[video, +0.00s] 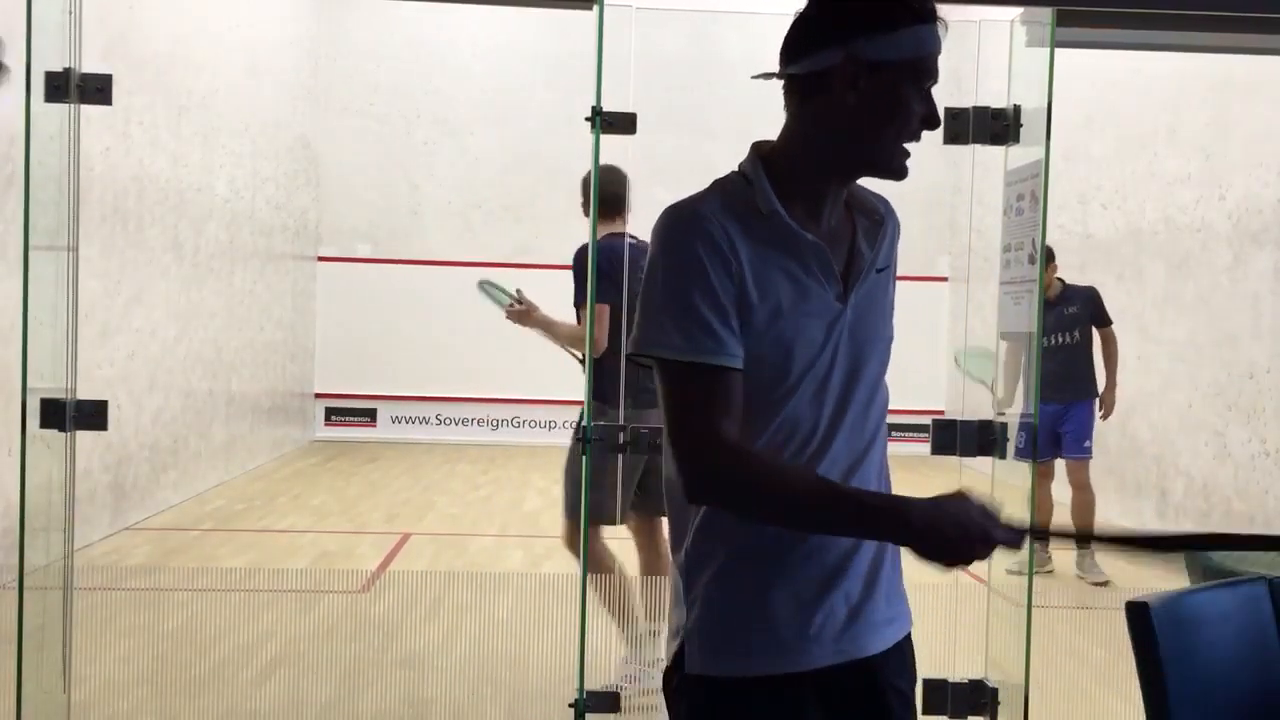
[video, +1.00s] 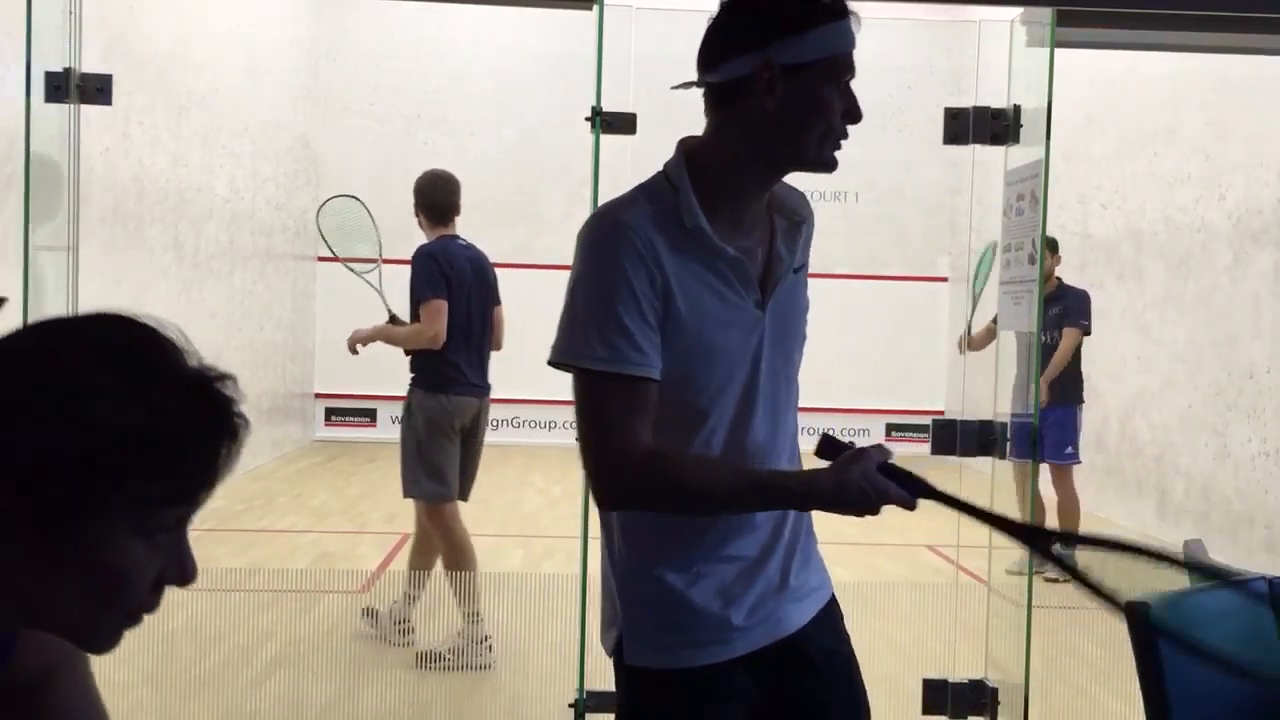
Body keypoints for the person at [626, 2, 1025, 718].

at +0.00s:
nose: (934, 114)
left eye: (932, 87)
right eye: (919, 84)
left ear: (852, 86)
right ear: (845, 81)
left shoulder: (876, 225)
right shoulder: (702, 235)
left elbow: (849, 418)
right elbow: (706, 464)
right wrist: (908, 520)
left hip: (872, 632)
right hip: (747, 651)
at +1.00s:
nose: (855, 110)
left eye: (850, 84)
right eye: (839, 82)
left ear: (769, 89)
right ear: (767, 85)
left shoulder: (790, 216)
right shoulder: (626, 239)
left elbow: (753, 405)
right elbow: (617, 474)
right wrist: (814, 487)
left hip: (797, 604)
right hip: (682, 634)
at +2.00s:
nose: (781, 136)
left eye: (773, 118)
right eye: (759, 120)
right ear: (691, 136)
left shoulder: (771, 246)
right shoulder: (609, 253)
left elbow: (809, 389)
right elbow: (545, 423)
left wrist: (849, 405)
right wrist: (688, 501)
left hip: (753, 568)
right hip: (658, 578)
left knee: (756, 712)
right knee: (668, 716)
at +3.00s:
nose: (560, 140)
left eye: (560, 119)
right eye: (538, 120)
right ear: (466, 121)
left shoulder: (582, 230)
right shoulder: (379, 253)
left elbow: (630, 367)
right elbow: (336, 408)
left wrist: (588, 404)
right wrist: (321, 563)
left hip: (566, 574)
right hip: (437, 578)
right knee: (414, 715)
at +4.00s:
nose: (793, 135)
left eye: (788, 113)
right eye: (774, 112)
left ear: (717, 118)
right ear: (703, 114)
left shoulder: (758, 239)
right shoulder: (589, 247)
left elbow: (771, 362)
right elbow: (540, 431)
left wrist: (816, 414)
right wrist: (574, 590)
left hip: (743, 589)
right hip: (627, 602)